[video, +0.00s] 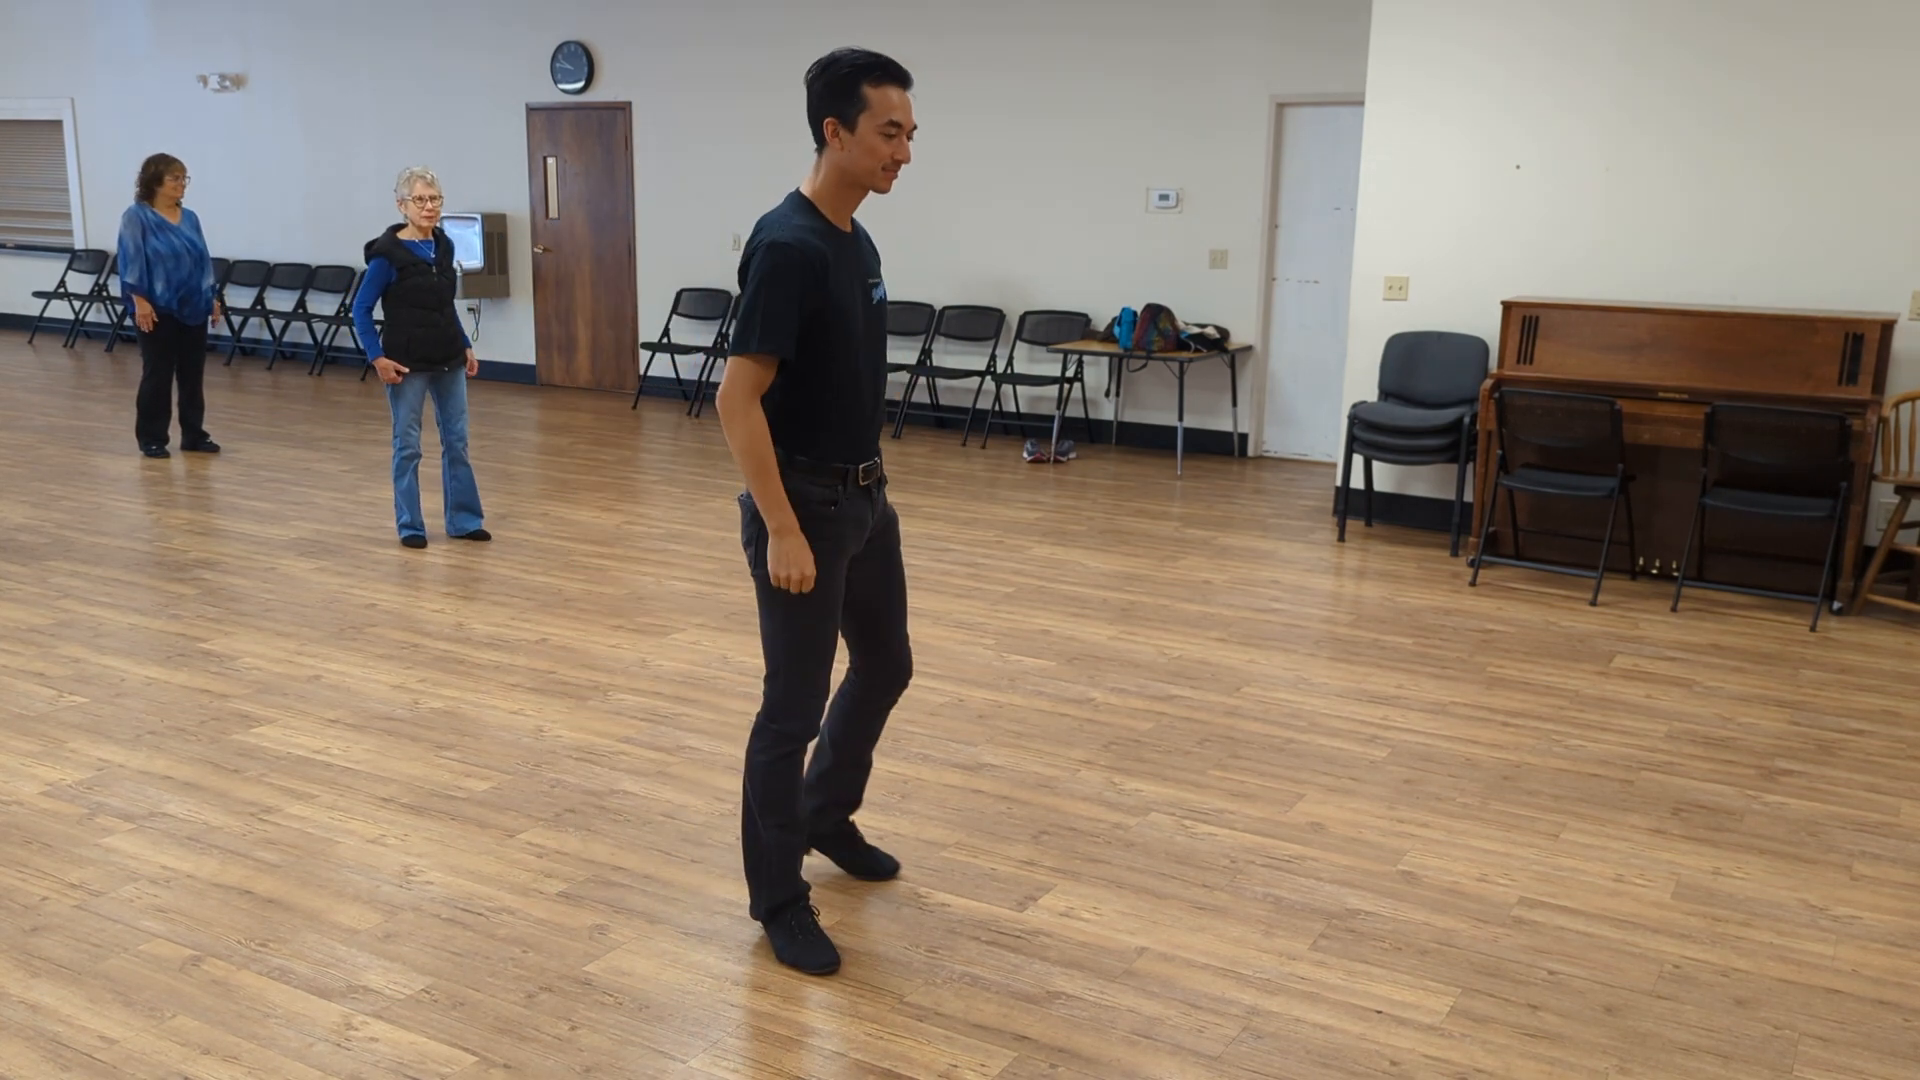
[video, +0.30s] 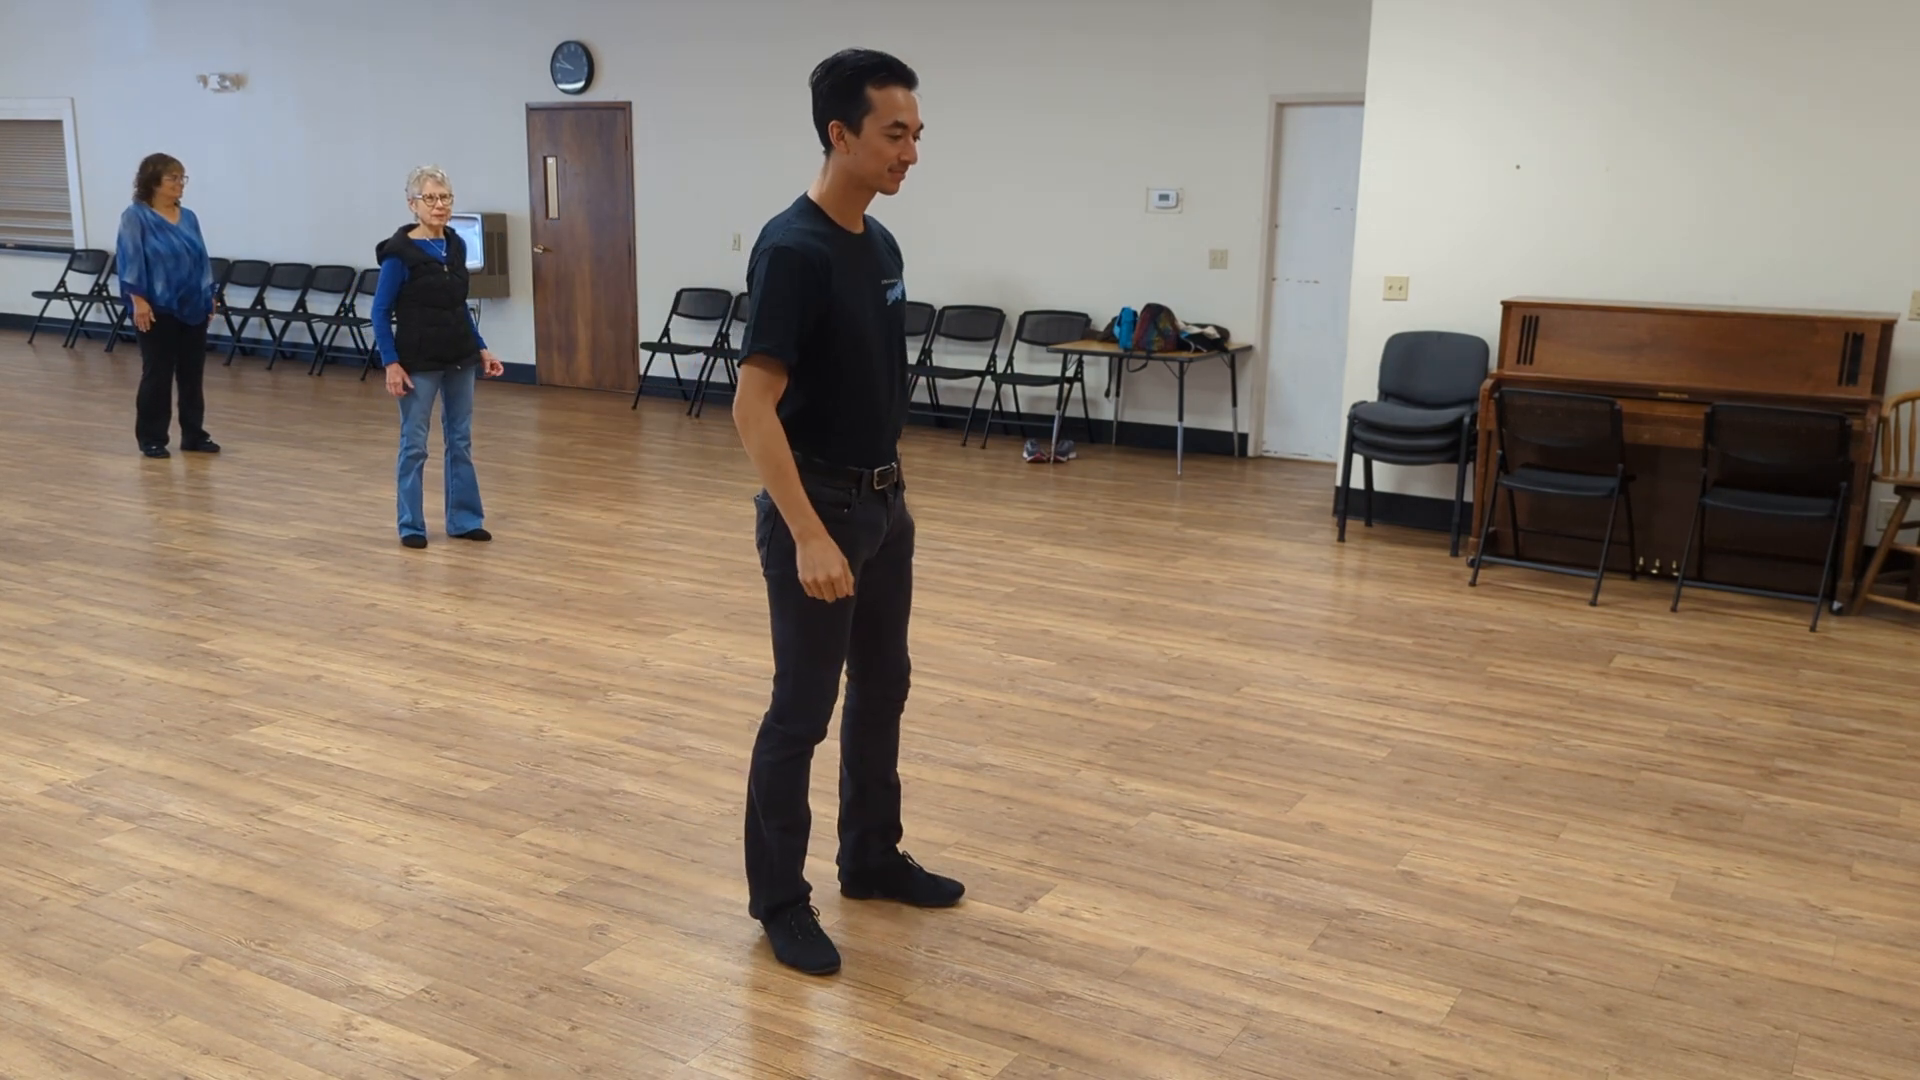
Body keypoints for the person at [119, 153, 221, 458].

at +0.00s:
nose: (182, 184)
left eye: (184, 179)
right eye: (175, 178)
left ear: (183, 183)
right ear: (156, 182)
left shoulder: (189, 217)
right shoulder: (136, 216)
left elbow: (203, 261)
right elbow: (132, 263)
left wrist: (213, 296)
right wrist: (140, 301)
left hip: (193, 308)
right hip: (157, 308)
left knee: (192, 375)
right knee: (158, 374)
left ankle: (193, 435)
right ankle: (152, 440)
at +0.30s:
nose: (180, 183)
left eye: (182, 178)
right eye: (173, 178)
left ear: (182, 182)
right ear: (154, 182)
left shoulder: (188, 216)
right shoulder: (135, 216)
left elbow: (201, 261)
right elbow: (130, 263)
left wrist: (209, 295)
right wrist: (138, 300)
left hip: (193, 308)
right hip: (157, 308)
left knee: (192, 376)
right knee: (158, 375)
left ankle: (194, 435)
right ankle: (152, 440)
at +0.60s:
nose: (175, 182)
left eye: (178, 177)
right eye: (167, 177)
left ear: (182, 182)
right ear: (150, 182)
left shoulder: (187, 216)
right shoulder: (135, 216)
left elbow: (201, 261)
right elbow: (129, 263)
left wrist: (210, 294)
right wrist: (138, 300)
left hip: (192, 307)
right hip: (156, 308)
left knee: (191, 376)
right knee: (157, 376)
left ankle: (193, 435)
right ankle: (152, 440)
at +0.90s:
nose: (172, 183)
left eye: (177, 178)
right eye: (164, 178)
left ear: (182, 182)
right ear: (149, 183)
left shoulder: (188, 217)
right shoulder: (135, 216)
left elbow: (202, 262)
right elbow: (130, 264)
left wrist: (210, 296)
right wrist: (138, 300)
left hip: (193, 308)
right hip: (157, 308)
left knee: (192, 375)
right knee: (157, 375)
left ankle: (193, 436)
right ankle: (152, 440)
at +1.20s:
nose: (180, 184)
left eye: (184, 179)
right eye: (171, 180)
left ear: (190, 183)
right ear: (156, 184)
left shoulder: (195, 218)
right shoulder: (142, 217)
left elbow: (209, 261)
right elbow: (137, 263)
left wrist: (217, 297)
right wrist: (145, 299)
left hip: (198, 308)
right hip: (162, 308)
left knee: (195, 374)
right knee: (163, 374)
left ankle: (194, 435)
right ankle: (152, 440)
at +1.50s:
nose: (193, 186)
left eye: (197, 181)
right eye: (185, 181)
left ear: (203, 184)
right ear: (169, 184)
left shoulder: (207, 218)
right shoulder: (153, 216)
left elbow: (220, 262)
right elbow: (147, 262)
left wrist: (227, 297)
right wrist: (156, 298)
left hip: (205, 308)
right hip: (169, 307)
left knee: (199, 372)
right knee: (175, 369)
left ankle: (194, 434)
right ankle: (156, 436)